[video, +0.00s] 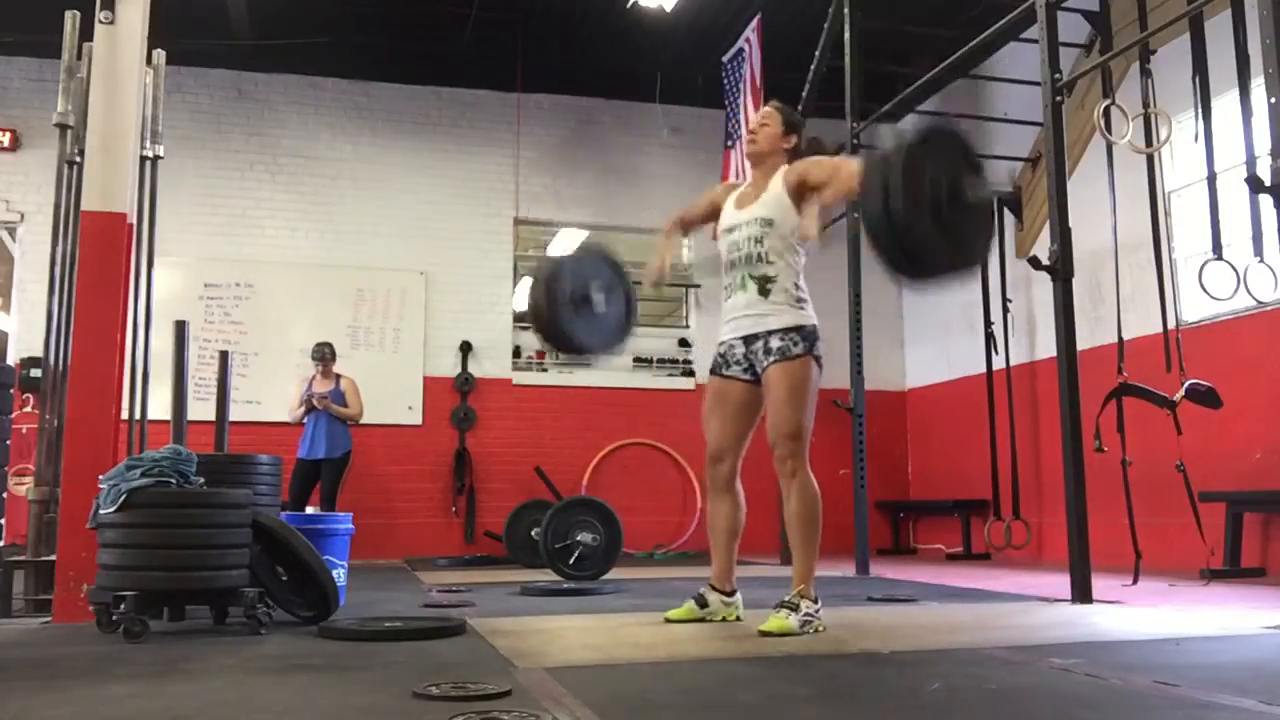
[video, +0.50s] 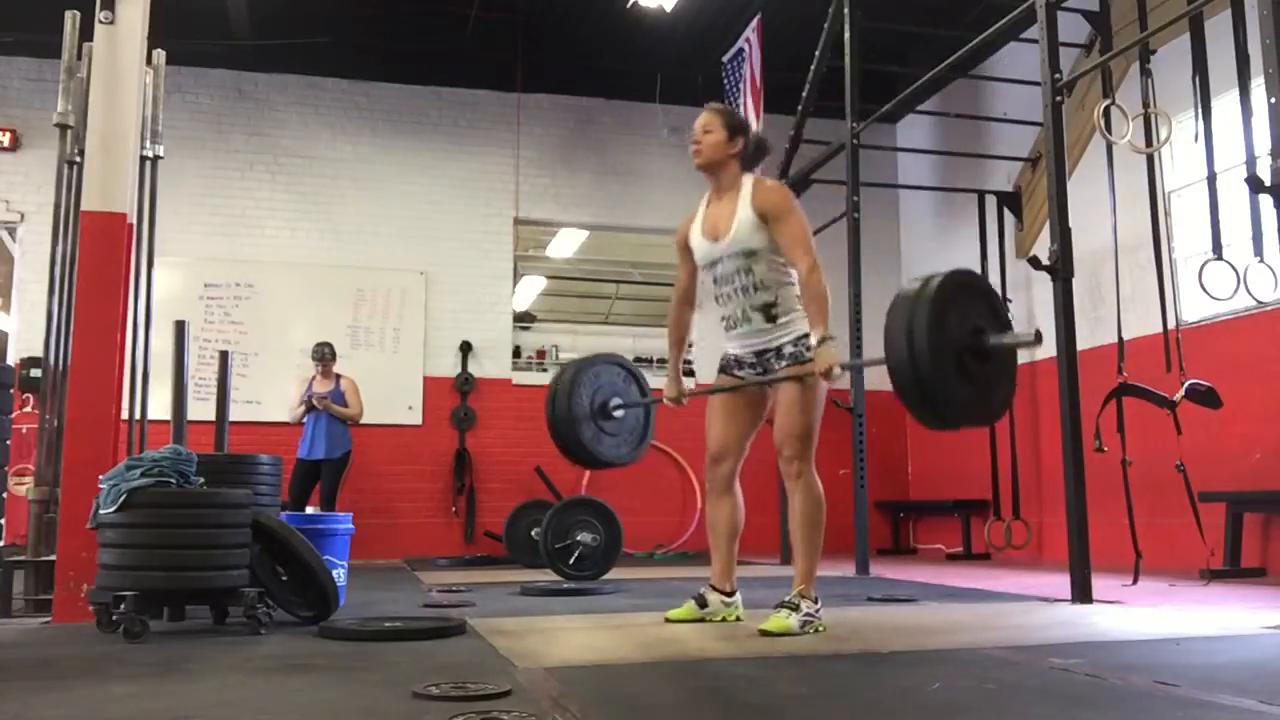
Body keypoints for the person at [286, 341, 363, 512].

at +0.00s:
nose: (321, 369)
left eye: (325, 365)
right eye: (317, 365)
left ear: (333, 362)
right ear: (313, 363)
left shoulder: (346, 383)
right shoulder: (306, 383)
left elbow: (356, 415)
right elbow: (293, 417)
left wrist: (329, 406)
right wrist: (305, 407)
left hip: (336, 449)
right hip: (309, 449)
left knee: (327, 502)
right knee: (296, 500)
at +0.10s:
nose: (321, 369)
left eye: (325, 365)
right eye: (317, 365)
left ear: (333, 362)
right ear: (313, 363)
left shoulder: (346, 383)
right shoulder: (306, 383)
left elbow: (356, 415)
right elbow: (293, 417)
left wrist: (329, 406)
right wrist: (305, 406)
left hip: (336, 450)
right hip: (309, 449)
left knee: (327, 501)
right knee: (296, 499)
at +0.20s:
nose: (321, 370)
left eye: (325, 365)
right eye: (317, 365)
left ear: (333, 362)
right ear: (313, 363)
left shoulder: (346, 383)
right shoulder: (306, 383)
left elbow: (356, 415)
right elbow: (293, 417)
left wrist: (329, 406)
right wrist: (305, 406)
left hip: (336, 450)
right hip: (309, 450)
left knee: (327, 502)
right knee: (295, 500)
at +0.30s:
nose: (321, 370)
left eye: (325, 365)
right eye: (317, 365)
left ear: (333, 362)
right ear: (313, 363)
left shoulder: (346, 383)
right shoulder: (306, 383)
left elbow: (356, 415)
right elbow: (293, 418)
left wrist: (329, 406)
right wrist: (306, 406)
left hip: (336, 450)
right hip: (309, 450)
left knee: (327, 502)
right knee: (295, 500)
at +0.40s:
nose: (321, 370)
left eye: (325, 365)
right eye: (317, 365)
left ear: (333, 362)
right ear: (313, 363)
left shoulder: (346, 383)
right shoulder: (306, 383)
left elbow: (356, 415)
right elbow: (293, 418)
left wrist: (328, 406)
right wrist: (306, 405)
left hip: (336, 450)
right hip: (309, 450)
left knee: (327, 502)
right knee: (295, 500)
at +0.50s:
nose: (321, 370)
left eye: (325, 365)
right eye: (317, 365)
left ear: (334, 362)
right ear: (313, 363)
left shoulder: (346, 383)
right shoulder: (306, 383)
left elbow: (356, 415)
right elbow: (292, 417)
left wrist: (329, 406)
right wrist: (306, 405)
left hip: (336, 450)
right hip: (309, 450)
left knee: (327, 502)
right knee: (295, 500)